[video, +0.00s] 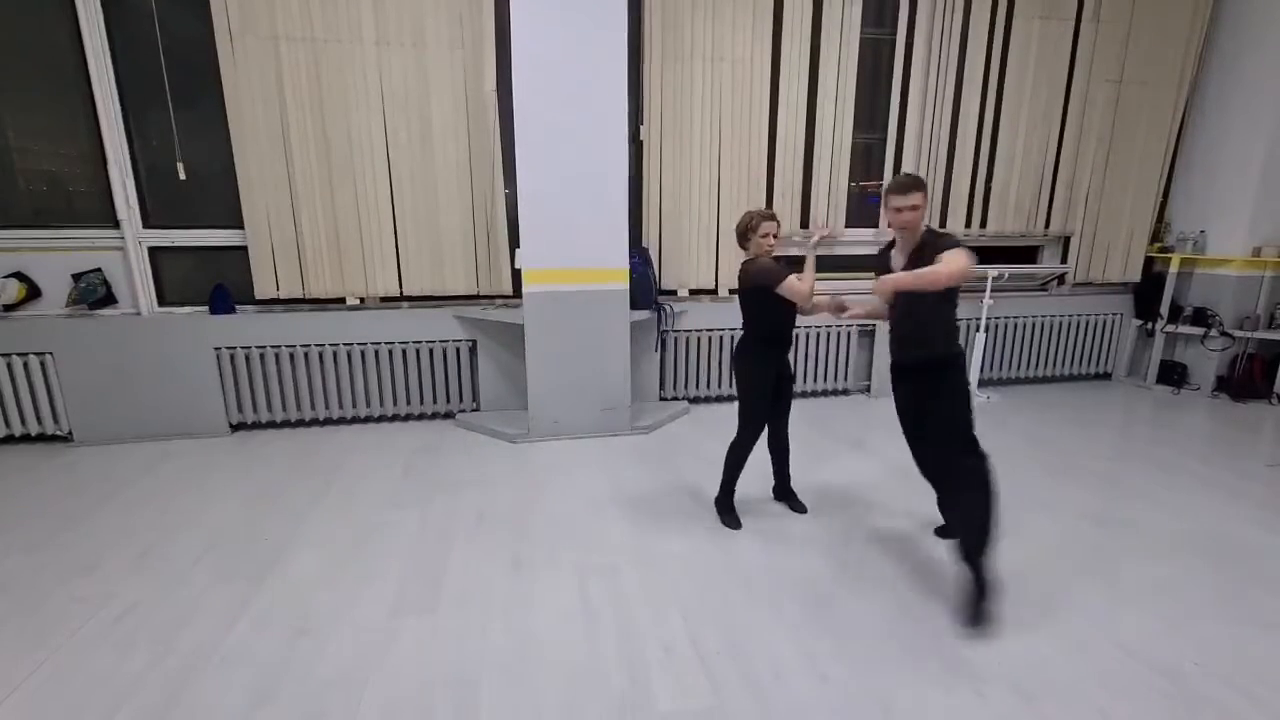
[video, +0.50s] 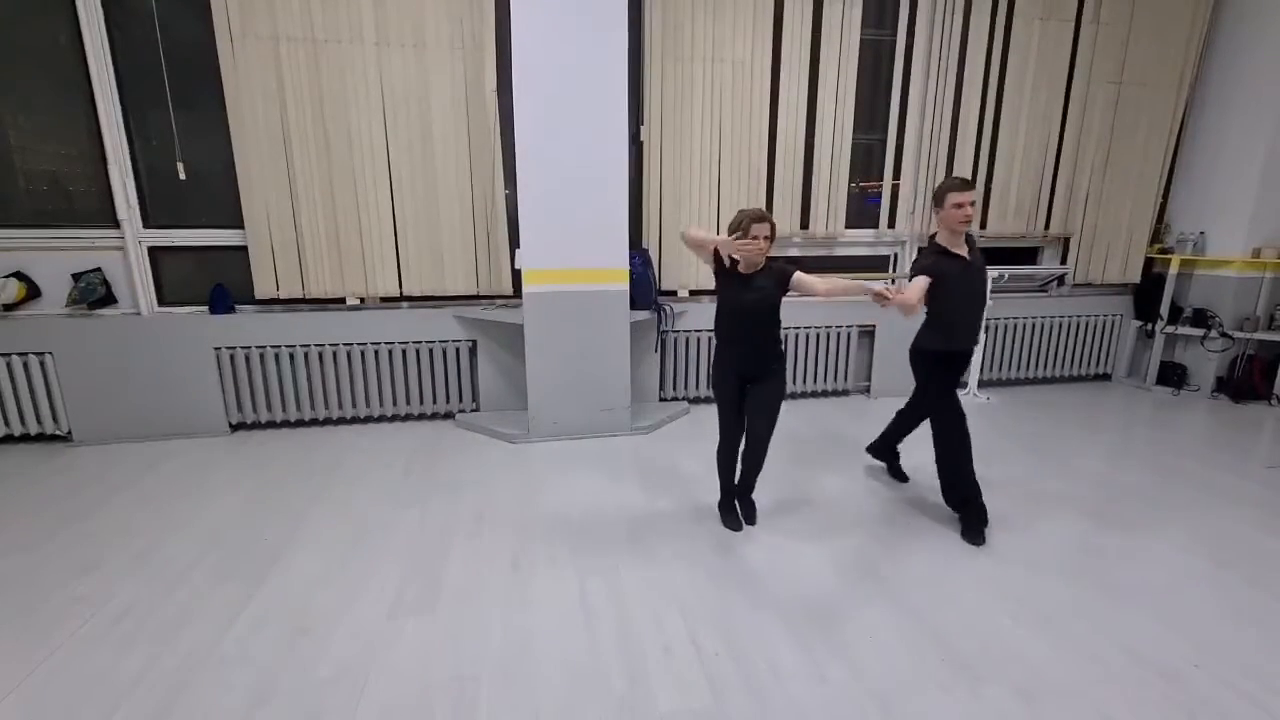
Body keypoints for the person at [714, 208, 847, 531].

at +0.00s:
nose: (772, 241)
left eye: (775, 236)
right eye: (765, 236)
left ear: (777, 237)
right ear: (748, 238)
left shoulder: (771, 267)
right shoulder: (757, 269)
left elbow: (798, 307)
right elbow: (805, 296)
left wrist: (829, 306)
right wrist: (812, 250)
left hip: (777, 360)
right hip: (754, 361)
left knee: (779, 429)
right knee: (749, 432)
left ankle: (783, 487)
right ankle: (724, 497)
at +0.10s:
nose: (767, 244)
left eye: (770, 238)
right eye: (759, 238)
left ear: (774, 240)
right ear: (742, 240)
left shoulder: (770, 273)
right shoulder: (747, 272)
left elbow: (803, 305)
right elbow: (807, 283)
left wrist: (845, 312)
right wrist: (813, 253)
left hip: (772, 364)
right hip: (748, 365)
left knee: (777, 431)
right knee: (749, 435)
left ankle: (781, 487)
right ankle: (725, 500)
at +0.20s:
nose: (762, 245)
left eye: (766, 238)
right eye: (755, 239)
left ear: (770, 238)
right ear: (737, 240)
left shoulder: (776, 273)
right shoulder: (729, 270)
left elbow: (818, 298)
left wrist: (864, 310)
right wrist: (799, 259)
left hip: (769, 361)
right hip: (738, 363)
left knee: (783, 427)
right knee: (741, 432)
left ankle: (777, 488)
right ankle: (724, 500)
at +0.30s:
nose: (760, 246)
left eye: (764, 239)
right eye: (752, 239)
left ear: (769, 241)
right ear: (735, 242)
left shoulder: (778, 273)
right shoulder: (724, 272)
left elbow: (826, 292)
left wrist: (871, 297)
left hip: (767, 363)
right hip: (731, 364)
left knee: (788, 429)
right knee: (734, 432)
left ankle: (765, 481)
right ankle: (724, 500)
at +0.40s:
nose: (764, 246)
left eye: (767, 239)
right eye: (757, 240)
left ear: (770, 240)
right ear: (737, 242)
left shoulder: (779, 272)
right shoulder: (722, 270)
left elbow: (827, 287)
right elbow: (692, 237)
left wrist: (874, 291)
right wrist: (731, 244)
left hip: (767, 364)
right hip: (728, 365)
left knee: (776, 433)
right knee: (731, 433)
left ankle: (752, 489)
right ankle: (725, 499)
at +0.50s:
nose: (761, 245)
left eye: (767, 239)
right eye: (754, 239)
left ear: (772, 241)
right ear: (739, 240)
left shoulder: (779, 273)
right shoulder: (723, 269)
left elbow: (823, 286)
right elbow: (690, 237)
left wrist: (868, 288)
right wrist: (722, 242)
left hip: (768, 368)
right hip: (729, 367)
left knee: (759, 440)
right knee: (730, 437)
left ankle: (745, 492)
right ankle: (726, 497)